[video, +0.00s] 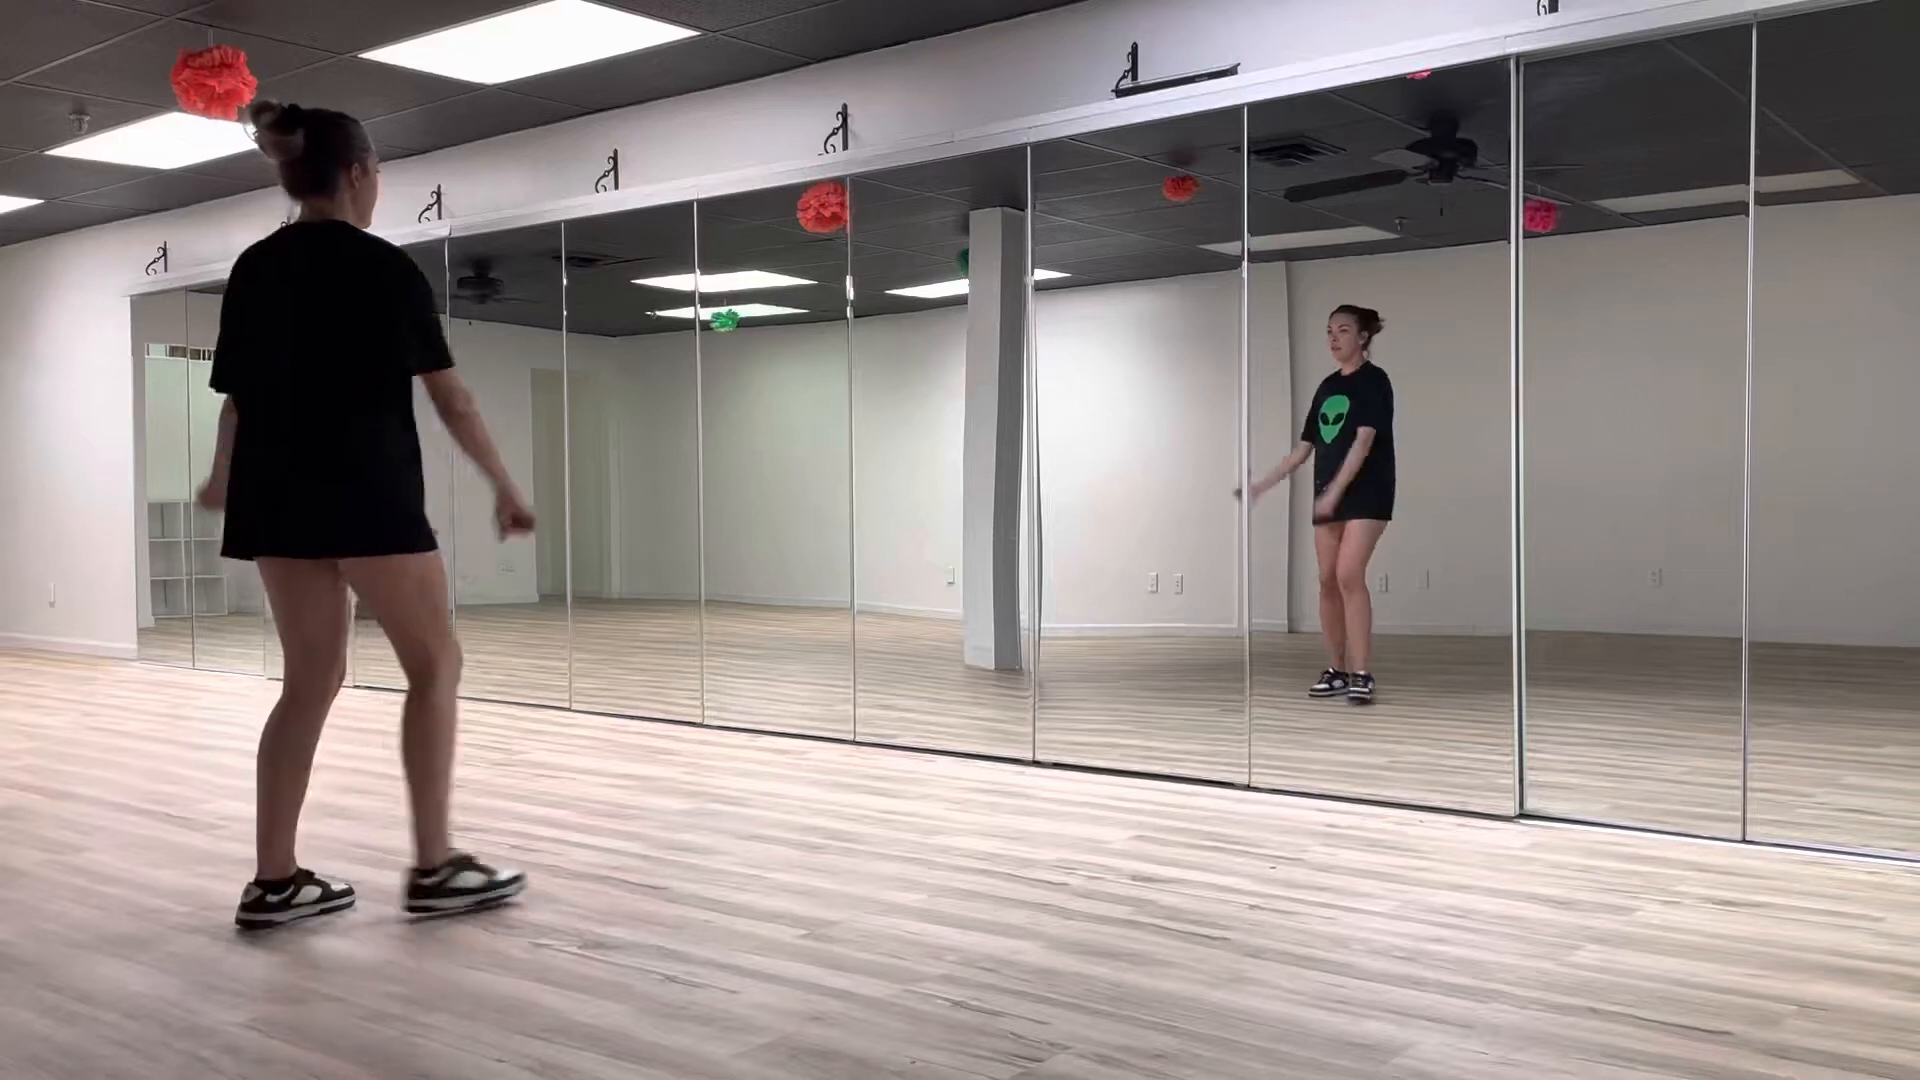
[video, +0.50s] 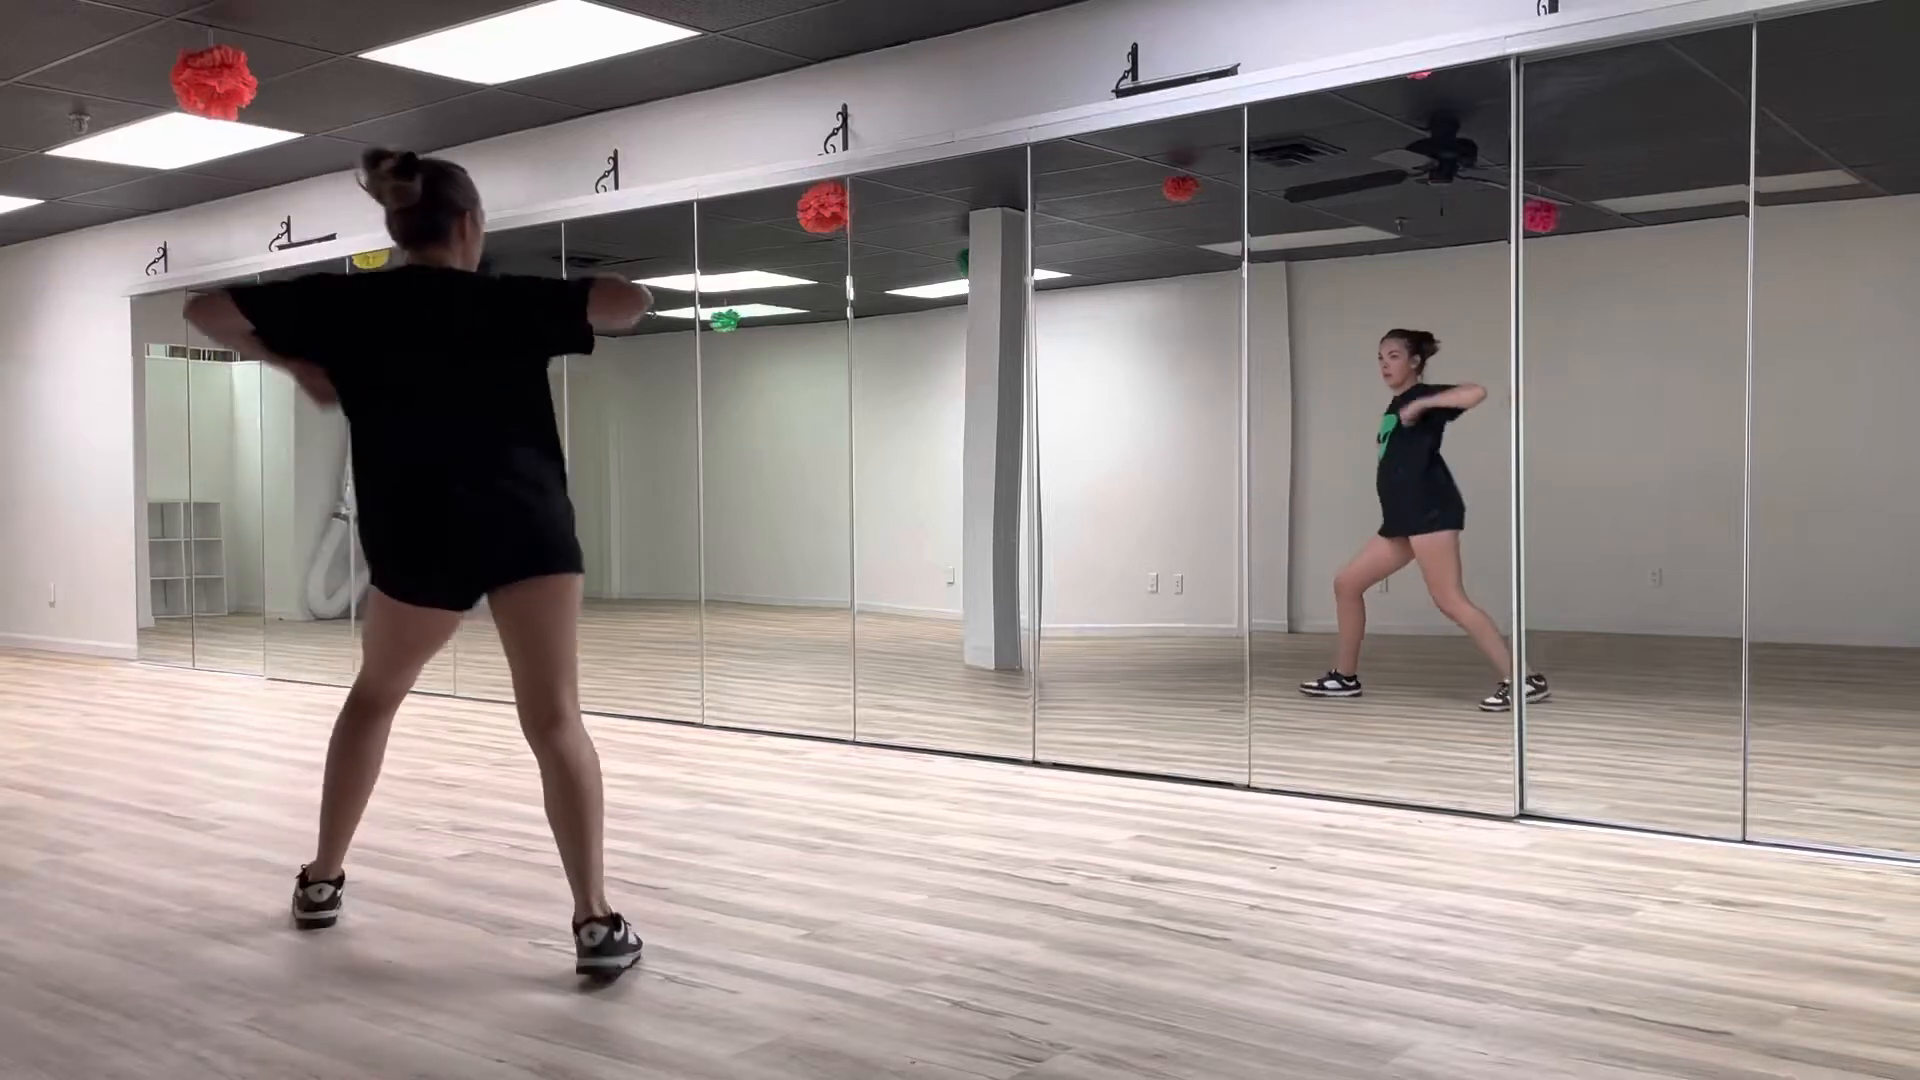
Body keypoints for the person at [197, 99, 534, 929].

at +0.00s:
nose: (379, 188)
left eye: (375, 177)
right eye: (375, 176)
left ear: (294, 182)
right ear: (358, 177)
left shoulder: (253, 269)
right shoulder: (388, 269)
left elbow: (237, 397)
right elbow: (449, 397)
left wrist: (221, 479)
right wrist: (505, 483)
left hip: (272, 501)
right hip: (372, 499)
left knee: (308, 678)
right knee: (434, 662)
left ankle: (273, 877)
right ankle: (435, 862)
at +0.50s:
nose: (481, 237)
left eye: (476, 227)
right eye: (480, 227)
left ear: (395, 233)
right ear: (468, 227)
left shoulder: (345, 302)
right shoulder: (509, 299)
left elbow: (202, 308)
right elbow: (627, 302)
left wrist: (295, 363)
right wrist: (562, 301)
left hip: (417, 533)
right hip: (530, 524)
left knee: (373, 697)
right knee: (555, 720)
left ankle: (324, 876)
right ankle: (594, 919)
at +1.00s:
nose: (432, 203)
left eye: (431, 189)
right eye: (428, 188)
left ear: (347, 192)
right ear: (404, 187)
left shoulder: (297, 286)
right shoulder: (429, 281)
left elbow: (279, 427)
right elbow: (488, 416)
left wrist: (298, 534)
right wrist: (537, 527)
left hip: (327, 515)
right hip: (427, 505)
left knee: (366, 685)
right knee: (487, 679)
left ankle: (330, 878)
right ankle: (509, 858)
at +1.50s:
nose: (424, 188)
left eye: (420, 171)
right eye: (418, 172)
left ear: (352, 177)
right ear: (389, 174)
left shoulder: (318, 260)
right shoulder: (371, 262)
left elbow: (322, 398)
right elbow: (389, 403)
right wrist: (418, 527)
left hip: (298, 490)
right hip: (357, 493)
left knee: (331, 683)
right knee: (367, 683)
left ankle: (306, 875)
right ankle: (338, 876)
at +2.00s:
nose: (378, 222)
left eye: (377, 209)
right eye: (371, 208)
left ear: (333, 212)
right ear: (332, 211)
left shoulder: (338, 289)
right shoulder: (269, 276)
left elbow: (342, 331)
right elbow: (219, 278)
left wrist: (399, 308)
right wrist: (334, 258)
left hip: (340, 505)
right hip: (294, 507)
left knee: (303, 671)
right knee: (392, 674)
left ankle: (216, 801)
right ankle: (344, 876)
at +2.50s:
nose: (389, 233)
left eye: (385, 219)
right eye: (380, 218)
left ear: (334, 227)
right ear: (343, 224)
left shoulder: (332, 309)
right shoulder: (305, 301)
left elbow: (336, 423)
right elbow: (314, 416)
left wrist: (375, 518)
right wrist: (386, 507)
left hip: (318, 524)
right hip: (306, 524)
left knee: (309, 684)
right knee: (414, 687)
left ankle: (208, 807)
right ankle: (345, 876)